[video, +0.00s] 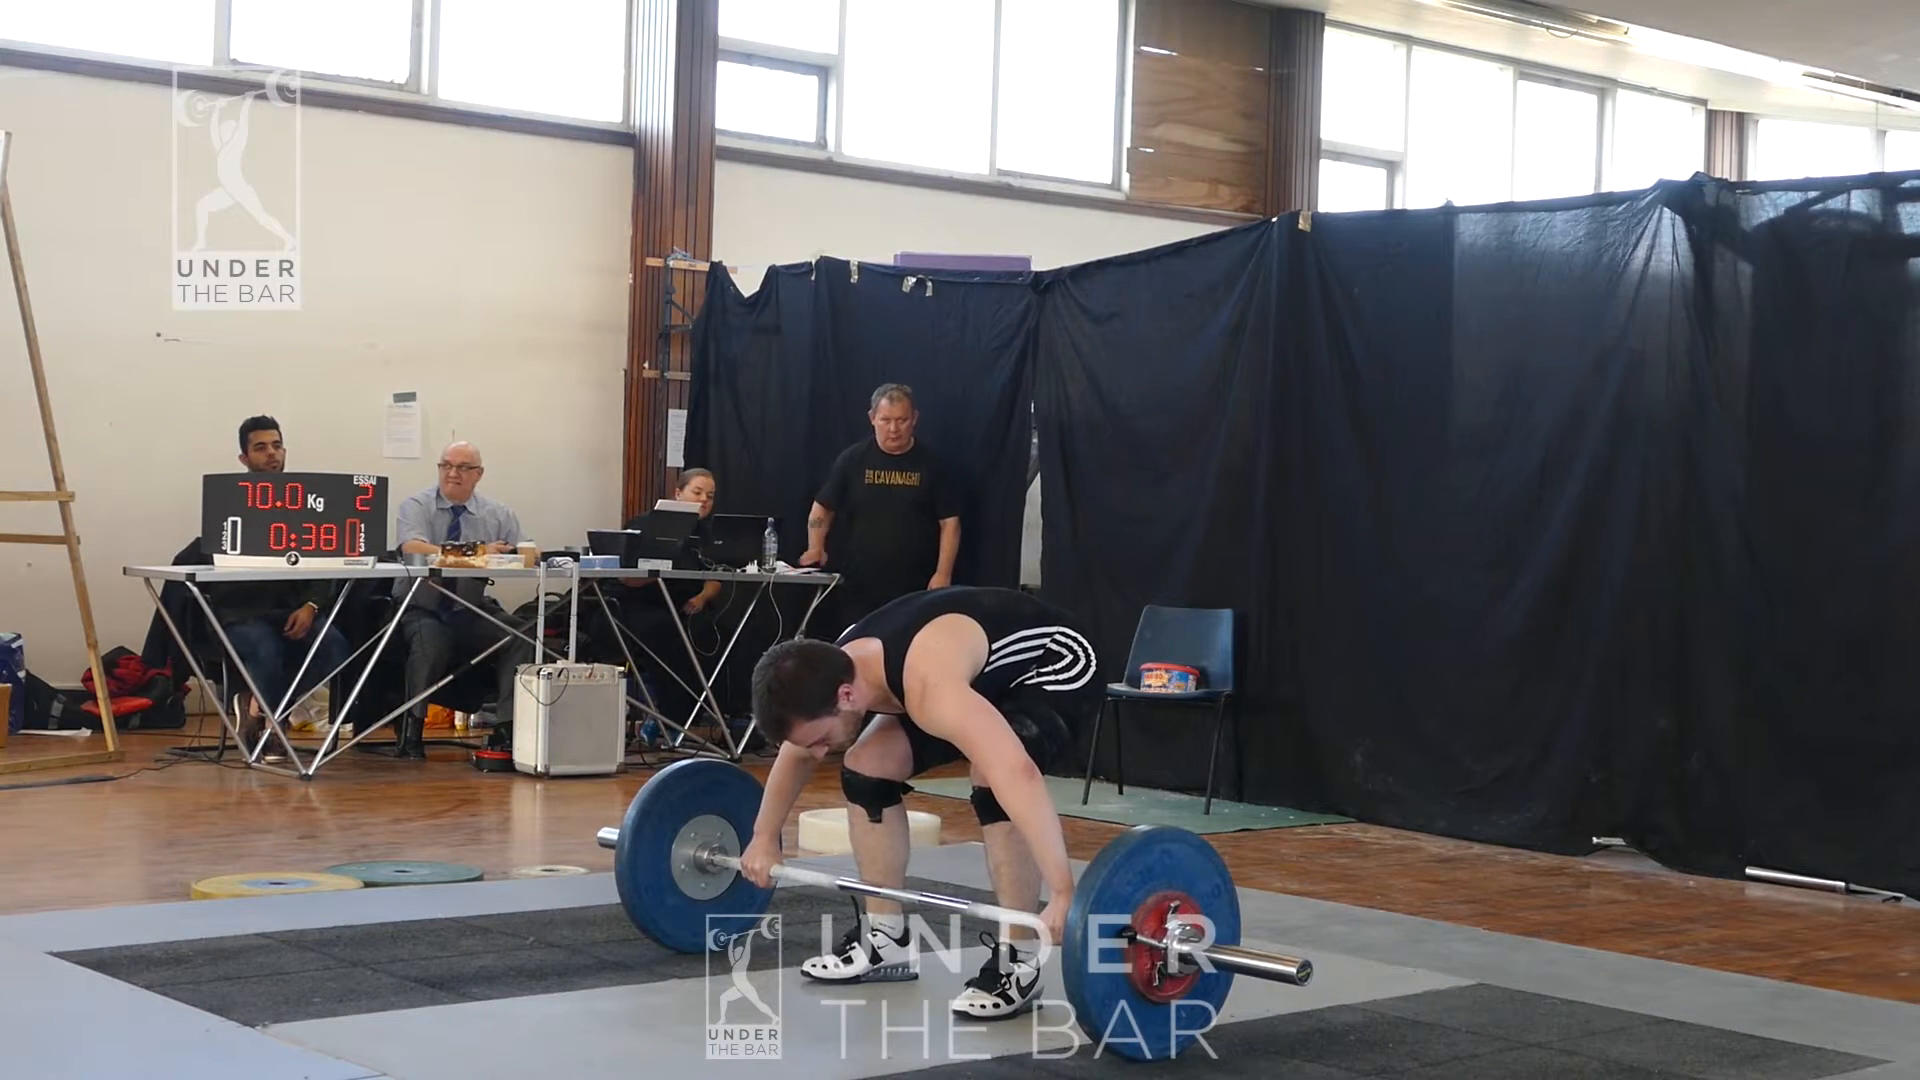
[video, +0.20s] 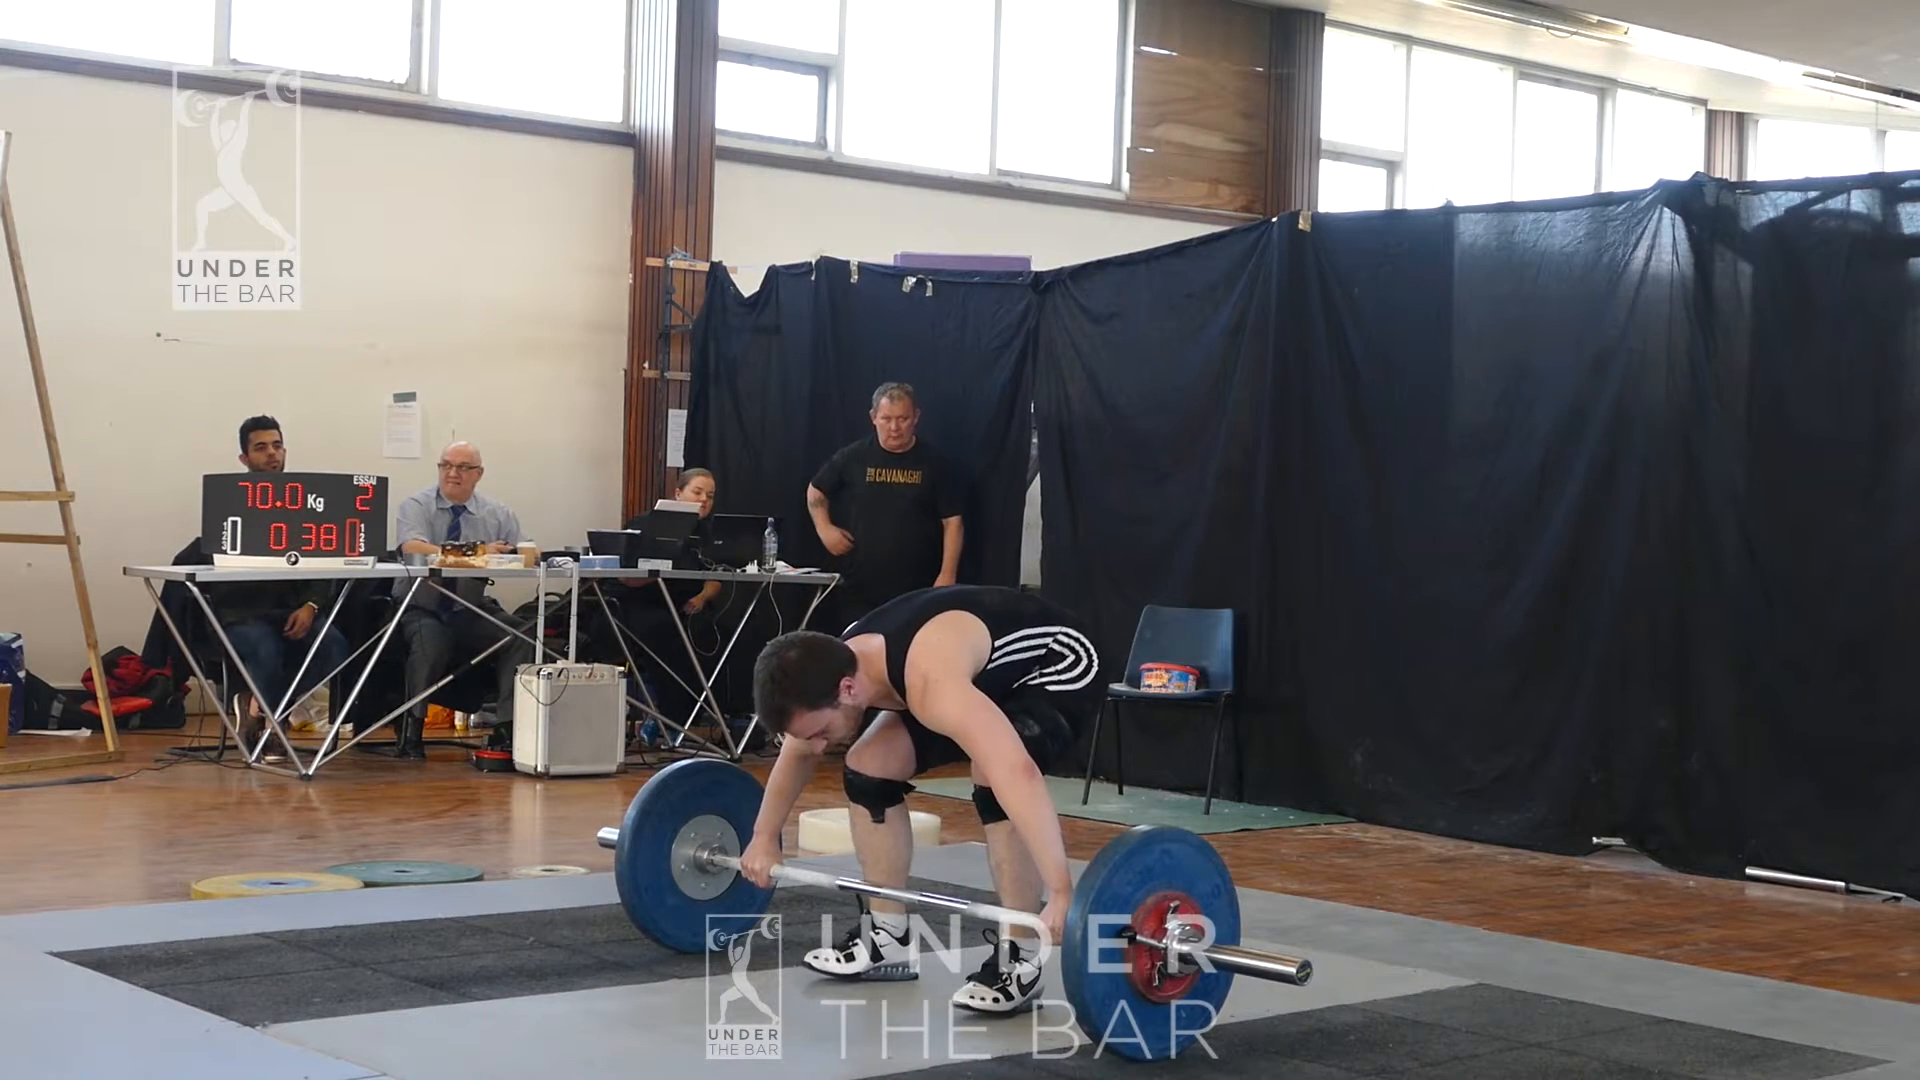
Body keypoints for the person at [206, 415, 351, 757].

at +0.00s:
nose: (272, 453)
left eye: (276, 446)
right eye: (261, 447)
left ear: (284, 450)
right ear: (245, 458)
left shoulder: (303, 497)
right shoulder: (233, 499)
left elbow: (330, 558)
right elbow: (220, 559)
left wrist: (312, 605)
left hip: (294, 608)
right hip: (244, 609)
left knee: (334, 647)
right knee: (265, 648)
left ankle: (256, 708)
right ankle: (273, 734)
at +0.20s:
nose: (272, 453)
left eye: (277, 446)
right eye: (261, 447)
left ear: (284, 450)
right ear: (245, 458)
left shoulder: (302, 497)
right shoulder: (233, 499)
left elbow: (329, 559)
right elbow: (220, 558)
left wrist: (312, 606)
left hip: (294, 607)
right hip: (244, 609)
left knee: (334, 647)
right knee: (265, 648)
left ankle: (257, 708)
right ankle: (274, 734)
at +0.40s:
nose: (272, 453)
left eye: (277, 446)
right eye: (261, 447)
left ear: (285, 451)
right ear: (245, 458)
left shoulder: (302, 497)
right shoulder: (233, 500)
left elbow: (329, 558)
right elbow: (219, 560)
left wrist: (312, 605)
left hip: (294, 608)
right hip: (244, 610)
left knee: (335, 647)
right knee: (268, 650)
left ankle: (258, 708)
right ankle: (273, 733)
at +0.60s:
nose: (272, 453)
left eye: (277, 446)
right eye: (262, 447)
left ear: (285, 451)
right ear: (245, 458)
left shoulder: (303, 497)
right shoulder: (234, 500)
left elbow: (328, 557)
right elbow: (223, 559)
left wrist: (312, 605)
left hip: (294, 607)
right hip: (245, 609)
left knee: (335, 648)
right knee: (267, 650)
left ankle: (257, 708)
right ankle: (273, 733)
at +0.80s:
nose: (273, 454)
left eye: (278, 446)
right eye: (262, 448)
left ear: (285, 451)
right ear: (246, 458)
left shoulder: (303, 497)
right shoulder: (234, 500)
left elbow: (327, 557)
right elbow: (221, 559)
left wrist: (312, 605)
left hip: (295, 607)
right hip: (245, 609)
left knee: (335, 648)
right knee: (268, 652)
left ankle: (258, 708)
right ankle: (273, 733)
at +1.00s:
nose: (273, 454)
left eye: (278, 446)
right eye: (263, 448)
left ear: (286, 451)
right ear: (246, 458)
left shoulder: (303, 497)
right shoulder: (234, 500)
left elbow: (326, 557)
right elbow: (222, 560)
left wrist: (312, 604)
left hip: (294, 607)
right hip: (245, 610)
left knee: (335, 648)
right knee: (268, 651)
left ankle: (256, 708)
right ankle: (273, 733)